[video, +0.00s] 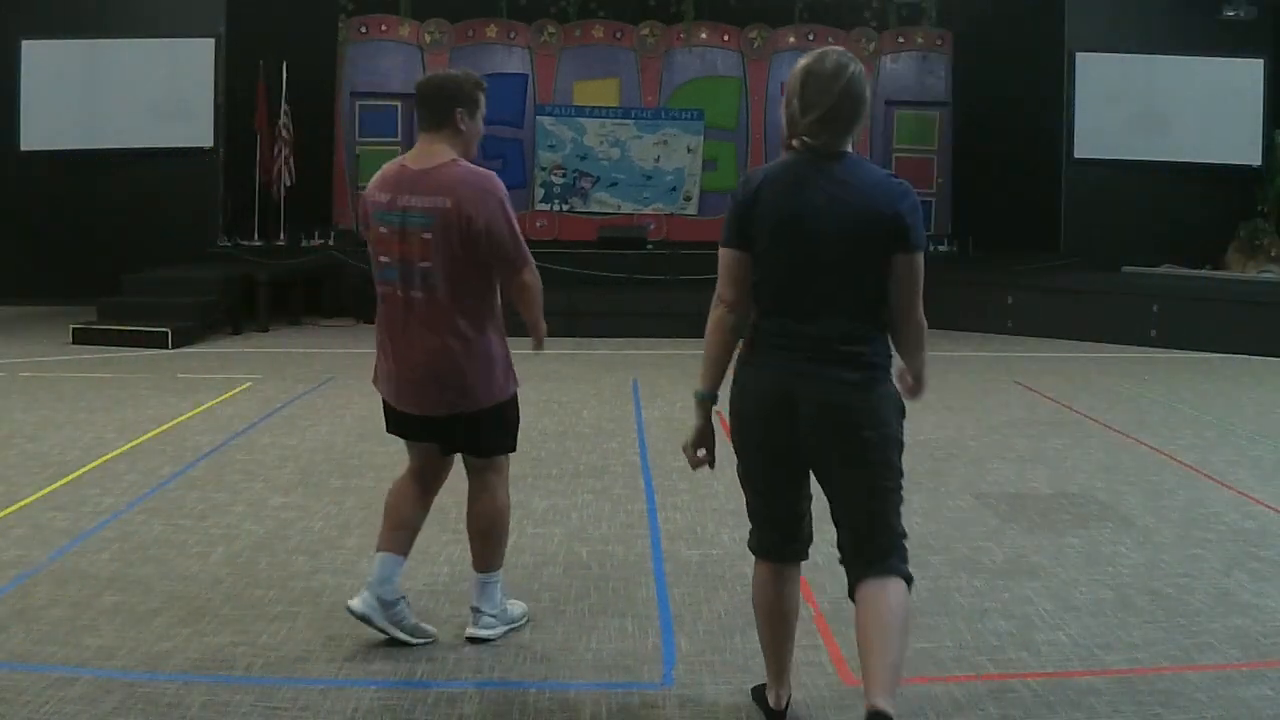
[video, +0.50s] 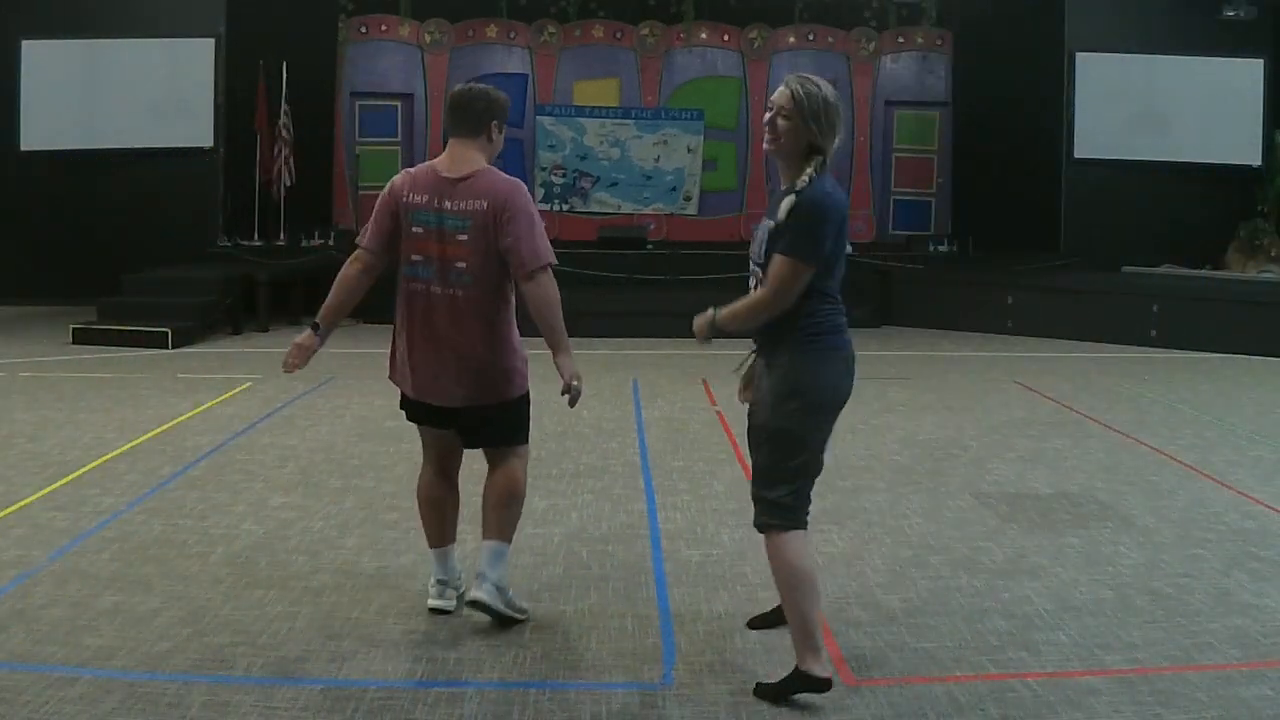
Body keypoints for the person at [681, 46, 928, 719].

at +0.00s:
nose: (782, 107)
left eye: (786, 99)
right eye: (791, 98)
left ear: (793, 111)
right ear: (860, 116)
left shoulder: (757, 194)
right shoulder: (892, 198)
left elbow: (730, 306)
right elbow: (907, 311)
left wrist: (704, 400)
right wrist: (914, 367)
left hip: (765, 398)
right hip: (857, 402)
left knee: (776, 546)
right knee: (877, 555)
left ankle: (777, 692)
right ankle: (880, 703)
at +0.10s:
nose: (771, 101)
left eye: (775, 92)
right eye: (779, 91)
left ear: (783, 104)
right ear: (847, 108)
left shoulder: (751, 182)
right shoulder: (883, 188)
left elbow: (714, 293)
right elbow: (900, 299)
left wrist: (692, 381)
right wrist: (858, 340)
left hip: (760, 382)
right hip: (849, 384)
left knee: (767, 533)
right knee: (851, 522)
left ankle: (771, 686)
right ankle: (864, 657)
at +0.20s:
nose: (768, 98)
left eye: (771, 90)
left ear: (778, 100)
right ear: (845, 103)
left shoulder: (753, 176)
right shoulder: (875, 179)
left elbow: (713, 281)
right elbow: (888, 283)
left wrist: (691, 345)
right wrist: (844, 301)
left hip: (761, 366)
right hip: (843, 367)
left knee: (761, 523)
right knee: (821, 497)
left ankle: (767, 677)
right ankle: (844, 642)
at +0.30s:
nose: (763, 96)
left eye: (770, 88)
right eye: (767, 86)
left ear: (786, 103)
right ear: (837, 105)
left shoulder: (771, 176)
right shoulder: (863, 179)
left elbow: (723, 271)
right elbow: (873, 278)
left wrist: (702, 308)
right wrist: (822, 301)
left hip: (772, 354)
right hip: (839, 354)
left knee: (762, 514)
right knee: (800, 487)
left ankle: (771, 676)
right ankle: (821, 606)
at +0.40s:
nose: (764, 109)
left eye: (774, 101)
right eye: (768, 98)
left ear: (802, 115)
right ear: (818, 116)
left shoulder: (786, 189)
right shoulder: (835, 178)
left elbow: (740, 284)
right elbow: (846, 278)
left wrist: (707, 297)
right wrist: (783, 295)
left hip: (784, 356)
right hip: (826, 350)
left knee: (769, 514)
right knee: (789, 483)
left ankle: (784, 679)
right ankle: (794, 591)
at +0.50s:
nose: (768, 122)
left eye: (780, 115)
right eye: (769, 113)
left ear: (811, 129)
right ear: (781, 124)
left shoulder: (815, 199)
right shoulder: (793, 191)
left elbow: (777, 294)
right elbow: (789, 291)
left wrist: (713, 320)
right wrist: (761, 358)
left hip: (806, 362)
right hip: (794, 358)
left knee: (781, 513)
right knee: (779, 496)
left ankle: (812, 666)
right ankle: (797, 600)